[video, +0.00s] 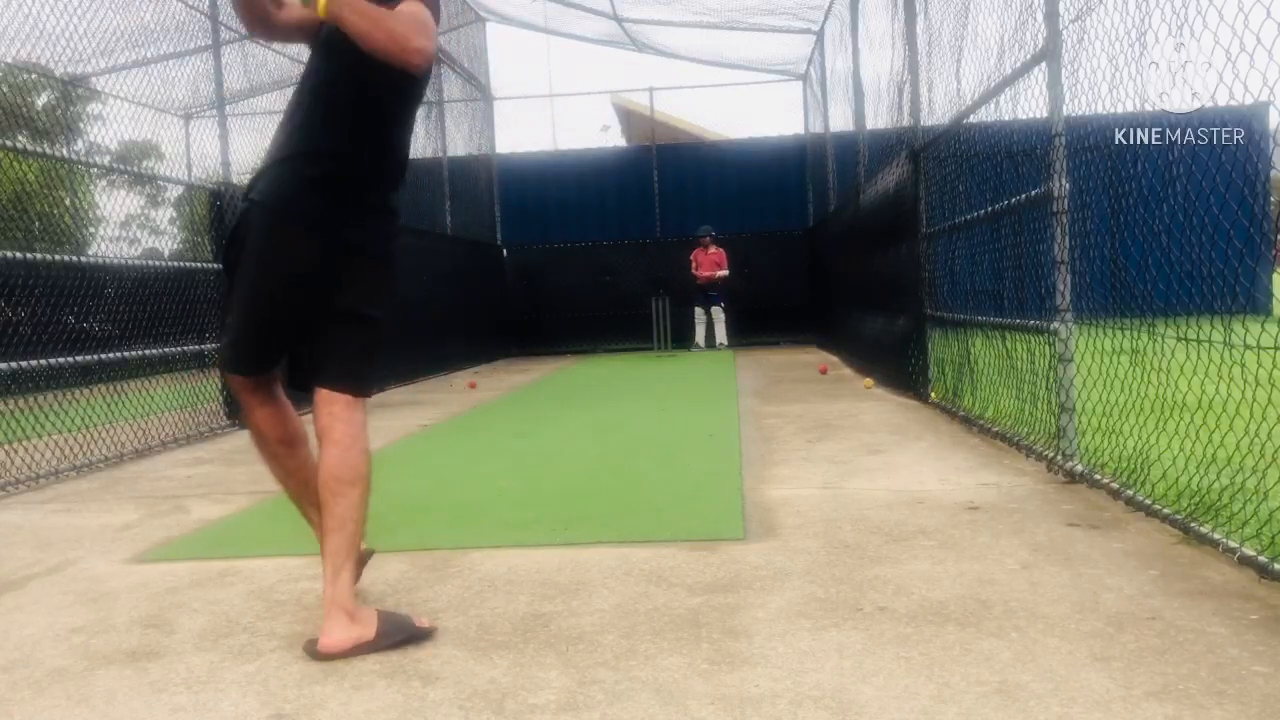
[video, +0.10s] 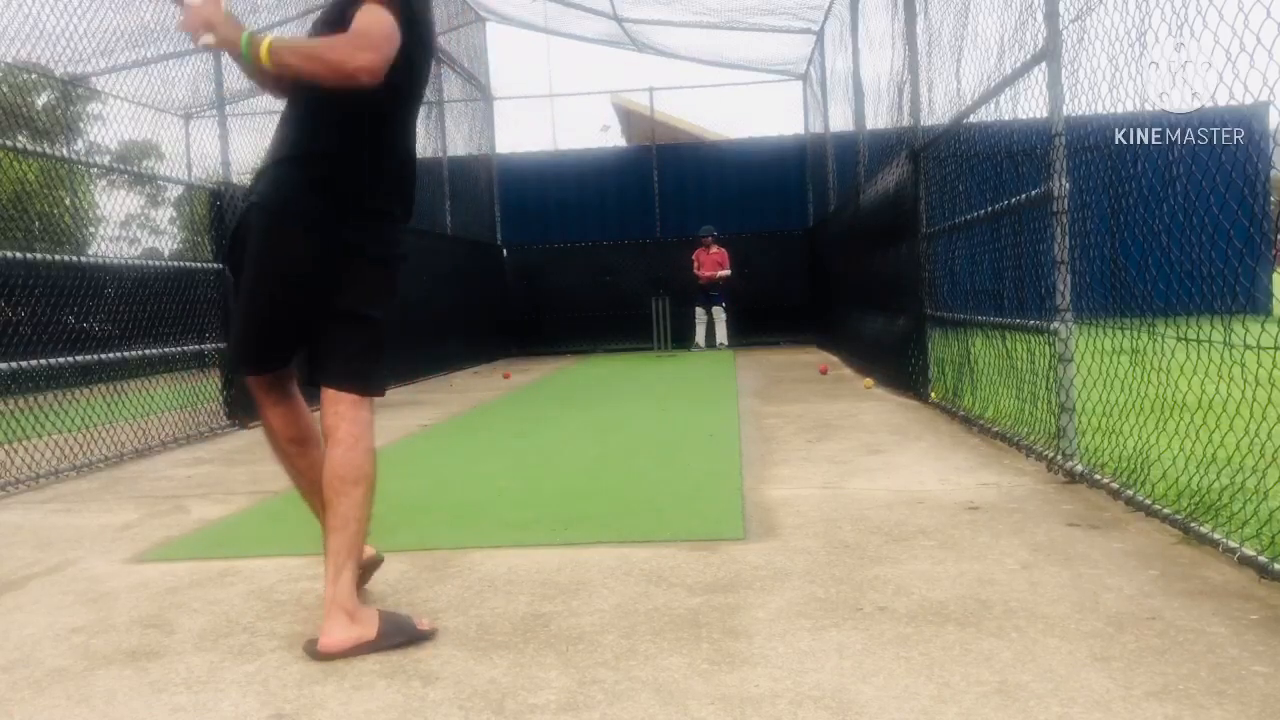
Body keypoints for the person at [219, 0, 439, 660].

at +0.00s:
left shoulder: (411, 8)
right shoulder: (342, 12)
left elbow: (417, 49)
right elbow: (263, 18)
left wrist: (330, 1)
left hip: (294, 210)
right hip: (357, 218)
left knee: (249, 377)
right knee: (342, 396)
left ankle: (338, 541)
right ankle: (342, 612)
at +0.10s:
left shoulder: (382, 4)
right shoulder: (383, 13)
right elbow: (294, 84)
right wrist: (234, 39)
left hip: (291, 217)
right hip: (364, 223)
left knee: (268, 379)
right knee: (349, 401)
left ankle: (349, 547)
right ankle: (343, 613)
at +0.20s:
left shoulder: (347, 4)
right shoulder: (415, 22)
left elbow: (292, 88)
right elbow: (348, 121)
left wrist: (207, 107)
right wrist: (237, 95)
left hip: (299, 222)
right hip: (382, 223)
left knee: (286, 384)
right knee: (356, 400)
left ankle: (352, 549)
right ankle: (343, 613)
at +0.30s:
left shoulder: (297, 5)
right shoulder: (432, 32)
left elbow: (228, 110)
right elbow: (391, 139)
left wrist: (211, 170)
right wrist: (276, 149)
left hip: (290, 230)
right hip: (381, 234)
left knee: (307, 392)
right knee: (365, 408)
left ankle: (359, 555)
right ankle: (343, 613)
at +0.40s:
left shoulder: (274, 3)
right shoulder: (429, 24)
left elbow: (212, 121)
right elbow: (435, 159)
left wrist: (232, 196)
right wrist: (374, 154)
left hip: (292, 226)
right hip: (380, 233)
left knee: (326, 398)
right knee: (377, 414)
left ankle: (364, 561)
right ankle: (342, 615)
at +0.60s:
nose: (482, 52)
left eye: (486, 39)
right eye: (484, 36)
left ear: (440, 23)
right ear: (468, 25)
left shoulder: (429, 86)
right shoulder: (394, 57)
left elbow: (420, 192)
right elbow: (316, 125)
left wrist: (442, 250)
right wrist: (408, 200)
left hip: (351, 250)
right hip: (320, 249)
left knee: (423, 377)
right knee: (396, 402)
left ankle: (398, 543)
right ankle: (341, 607)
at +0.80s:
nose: (485, 31)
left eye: (488, 19)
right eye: (480, 15)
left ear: (470, 19)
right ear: (446, 12)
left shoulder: (436, 91)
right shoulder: (367, 48)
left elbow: (422, 190)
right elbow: (292, 127)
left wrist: (446, 211)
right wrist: (416, 139)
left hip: (353, 260)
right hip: (314, 258)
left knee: (422, 380)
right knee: (414, 411)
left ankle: (390, 546)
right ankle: (341, 605)